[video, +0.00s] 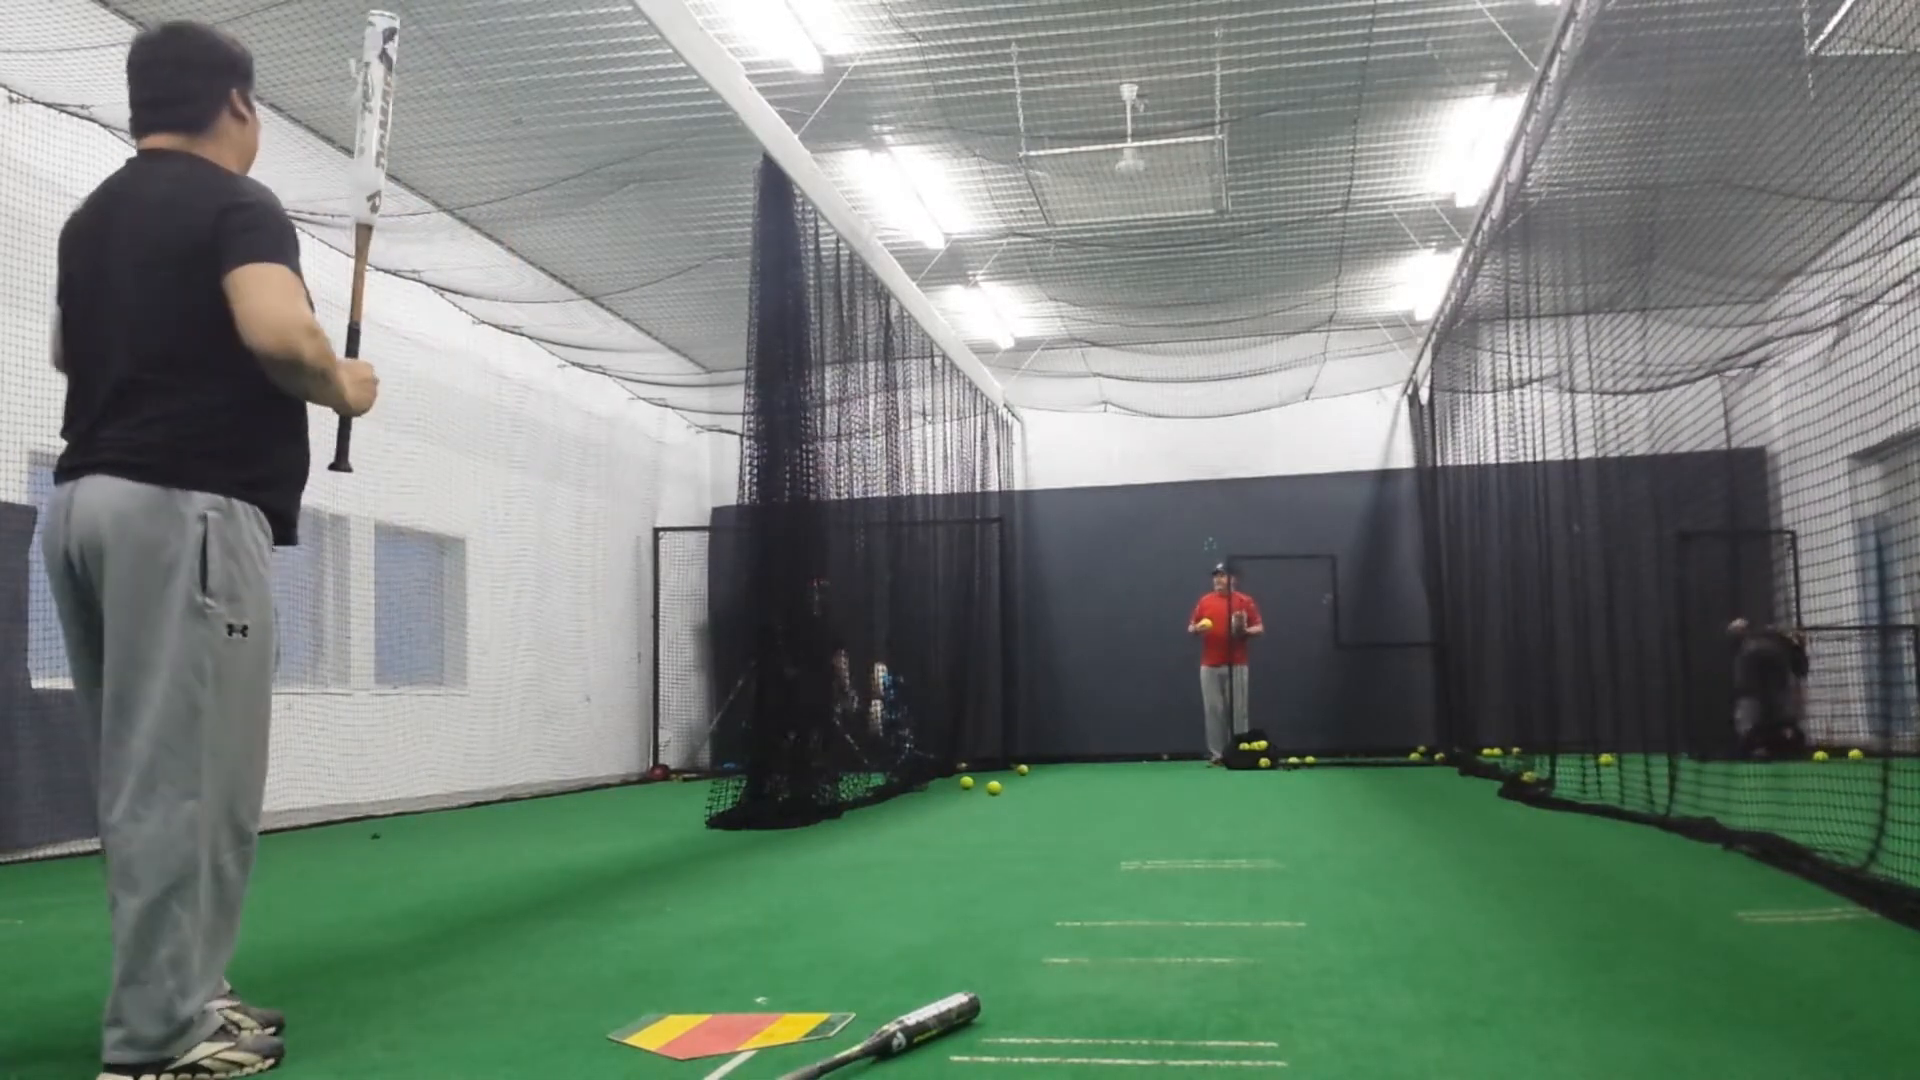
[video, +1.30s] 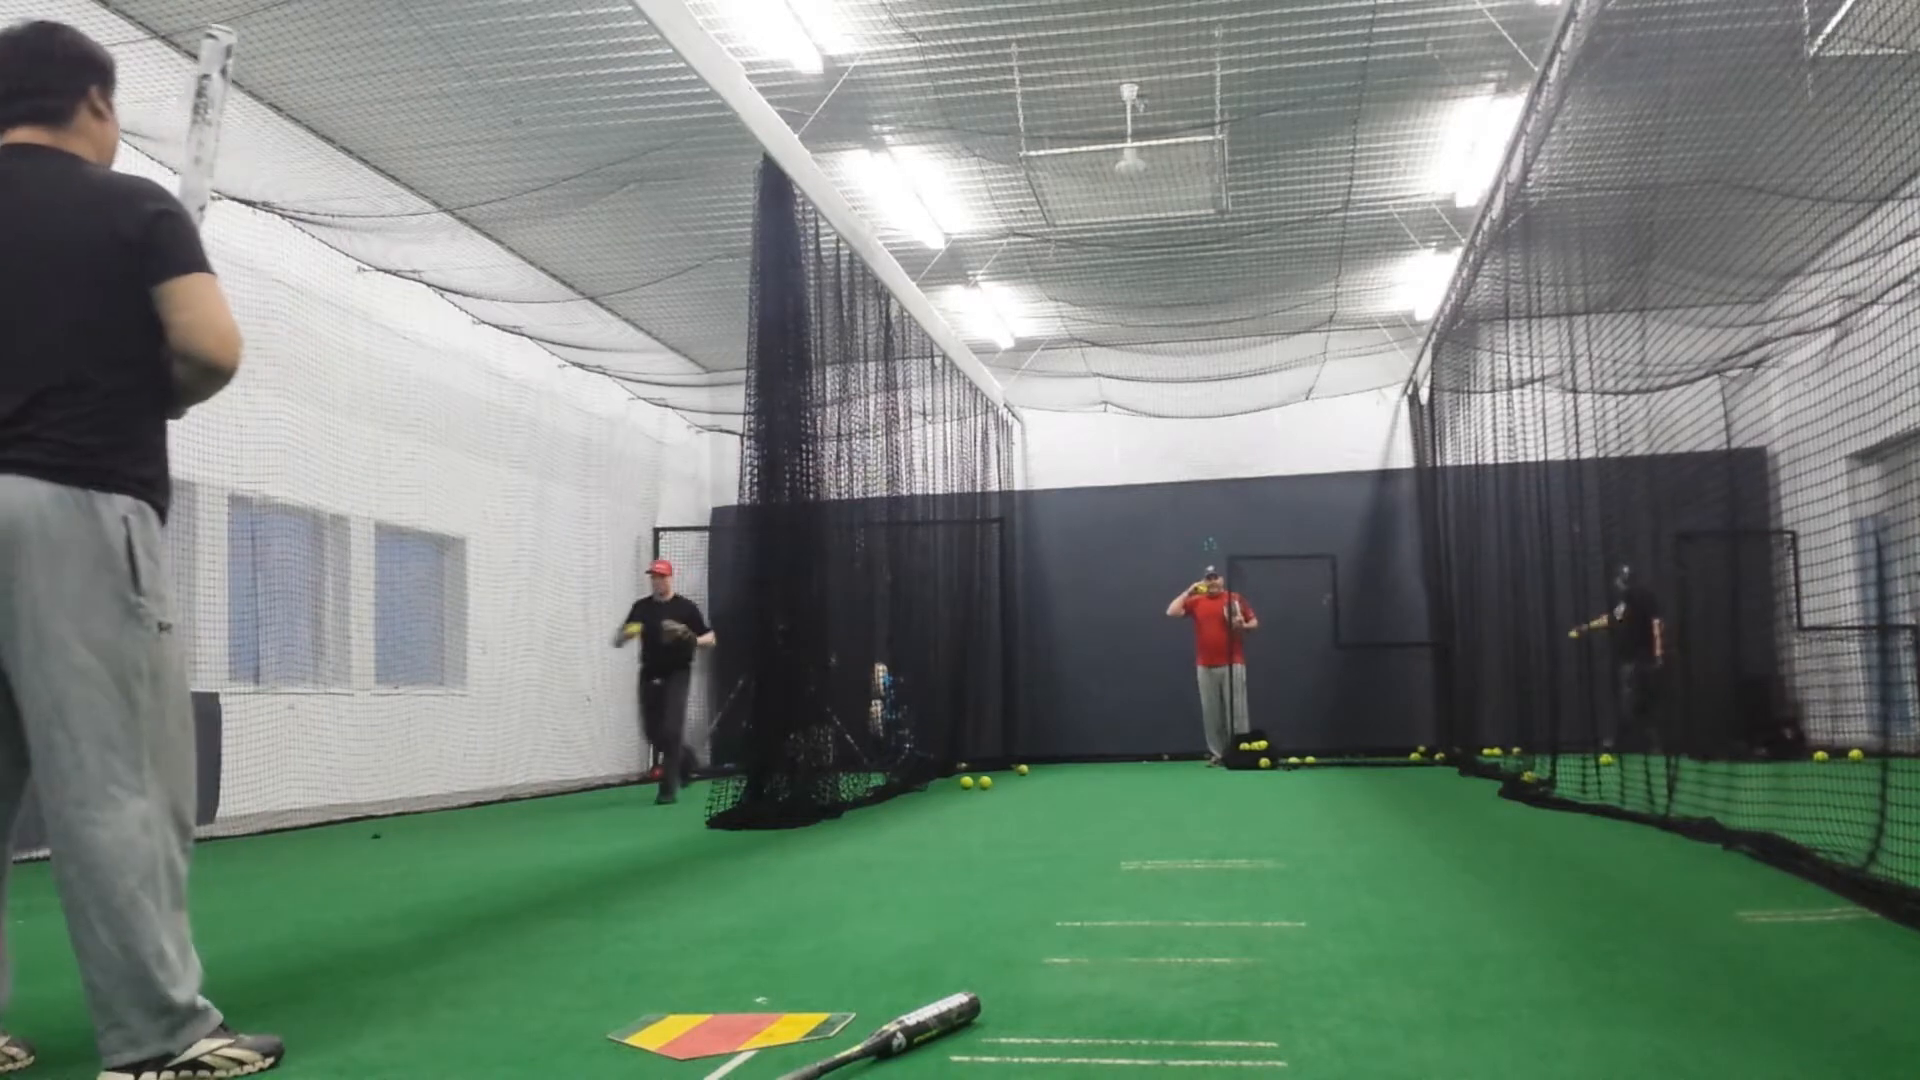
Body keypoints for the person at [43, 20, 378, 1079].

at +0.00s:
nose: (259, 127)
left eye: (254, 110)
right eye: (255, 109)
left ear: (148, 114)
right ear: (231, 107)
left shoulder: (89, 217)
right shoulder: (237, 201)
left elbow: (83, 370)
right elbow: (274, 332)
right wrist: (339, 382)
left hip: (85, 510)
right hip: (185, 515)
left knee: (144, 768)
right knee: (190, 776)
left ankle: (175, 994)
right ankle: (157, 1031)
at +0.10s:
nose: (260, 123)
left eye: (256, 106)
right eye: (257, 106)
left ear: (147, 108)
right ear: (234, 104)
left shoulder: (81, 212)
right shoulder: (247, 203)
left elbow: (52, 370)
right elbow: (290, 337)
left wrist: (106, 444)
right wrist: (344, 385)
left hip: (73, 510)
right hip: (182, 516)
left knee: (132, 769)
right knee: (186, 773)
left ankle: (167, 992)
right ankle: (156, 1033)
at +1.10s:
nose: (163, 120)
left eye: (158, 103)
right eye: (159, 103)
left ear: (38, 109)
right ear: (137, 101)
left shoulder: (2, 194)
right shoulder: (182, 204)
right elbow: (260, 349)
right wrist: (198, 397)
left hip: (5, 510)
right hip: (113, 511)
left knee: (6, 787)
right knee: (145, 779)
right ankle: (159, 1035)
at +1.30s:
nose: (118, 130)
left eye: (113, 113)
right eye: (113, 112)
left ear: (11, 109)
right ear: (87, 104)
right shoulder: (127, 205)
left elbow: (207, 350)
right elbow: (213, 349)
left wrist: (135, 387)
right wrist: (144, 396)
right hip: (64, 509)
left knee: (12, 790)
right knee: (114, 777)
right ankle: (156, 1032)